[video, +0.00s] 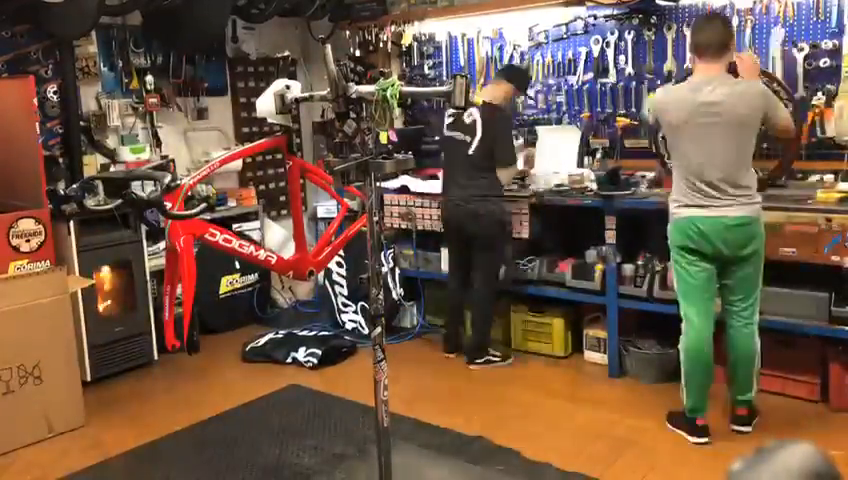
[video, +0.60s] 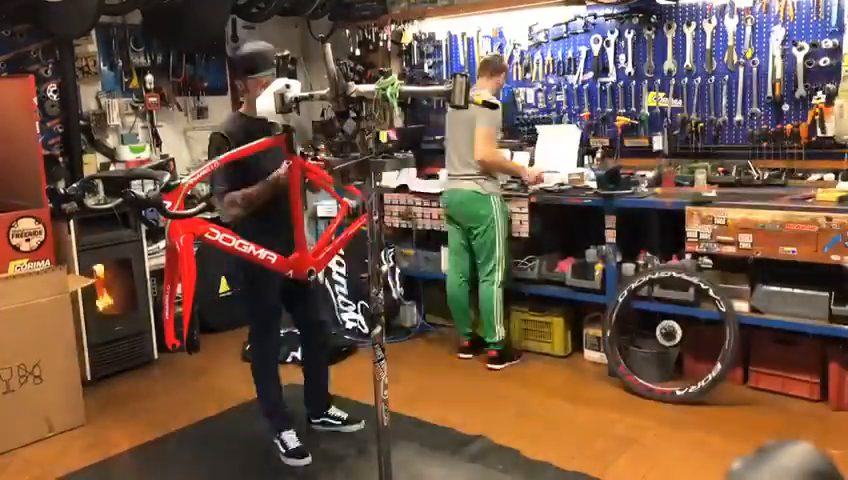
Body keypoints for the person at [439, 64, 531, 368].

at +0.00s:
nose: (513, 101)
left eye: (514, 96)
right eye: (515, 95)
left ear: (492, 82)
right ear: (511, 90)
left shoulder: (455, 114)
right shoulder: (497, 116)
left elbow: (452, 161)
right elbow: (505, 174)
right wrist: (523, 163)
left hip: (454, 206)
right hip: (485, 209)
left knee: (458, 276)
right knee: (485, 280)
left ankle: (451, 340)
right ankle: (478, 349)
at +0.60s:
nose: (502, 85)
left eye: (502, 80)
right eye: (503, 80)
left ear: (478, 74)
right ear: (498, 78)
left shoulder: (455, 105)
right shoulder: (488, 106)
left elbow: (460, 151)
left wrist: (505, 163)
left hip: (453, 192)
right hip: (481, 194)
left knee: (458, 271)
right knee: (492, 273)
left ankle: (466, 339)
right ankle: (496, 346)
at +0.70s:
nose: (424, 85)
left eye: (424, 79)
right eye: (425, 78)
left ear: (430, 81)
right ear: (458, 78)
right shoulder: (488, 113)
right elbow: (503, 153)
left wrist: (423, 169)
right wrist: (470, 154)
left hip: (467, 216)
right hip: (497, 210)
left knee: (475, 296)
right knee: (481, 289)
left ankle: (479, 380)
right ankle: (478, 356)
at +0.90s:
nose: (510, 92)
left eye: (508, 86)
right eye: (510, 87)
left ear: (480, 85)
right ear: (508, 85)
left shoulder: (456, 115)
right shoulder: (503, 113)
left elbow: (436, 158)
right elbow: (511, 163)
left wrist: (463, 156)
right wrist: (534, 167)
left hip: (458, 200)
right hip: (489, 203)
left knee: (460, 272)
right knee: (497, 277)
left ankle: (456, 340)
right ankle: (500, 356)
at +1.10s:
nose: (496, 114)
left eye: (498, 109)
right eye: (497, 108)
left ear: (476, 93)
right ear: (489, 99)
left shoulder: (448, 111)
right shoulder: (470, 111)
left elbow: (446, 151)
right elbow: (458, 140)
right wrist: (485, 158)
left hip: (434, 195)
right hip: (453, 197)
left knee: (445, 266)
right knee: (462, 267)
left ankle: (447, 336)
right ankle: (456, 341)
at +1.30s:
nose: (473, 90)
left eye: (473, 82)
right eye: (471, 83)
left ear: (444, 85)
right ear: (464, 86)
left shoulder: (422, 113)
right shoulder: (457, 115)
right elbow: (470, 158)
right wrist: (485, 144)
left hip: (419, 195)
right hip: (442, 197)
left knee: (432, 266)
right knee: (452, 267)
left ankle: (436, 334)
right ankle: (449, 338)